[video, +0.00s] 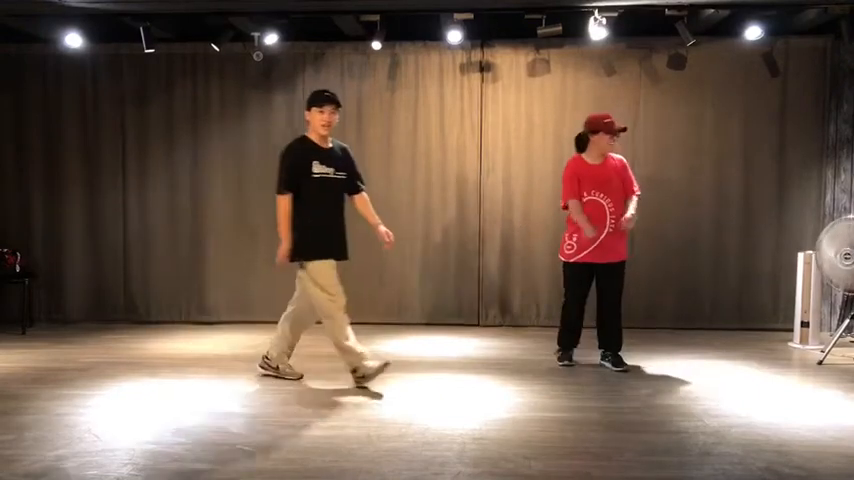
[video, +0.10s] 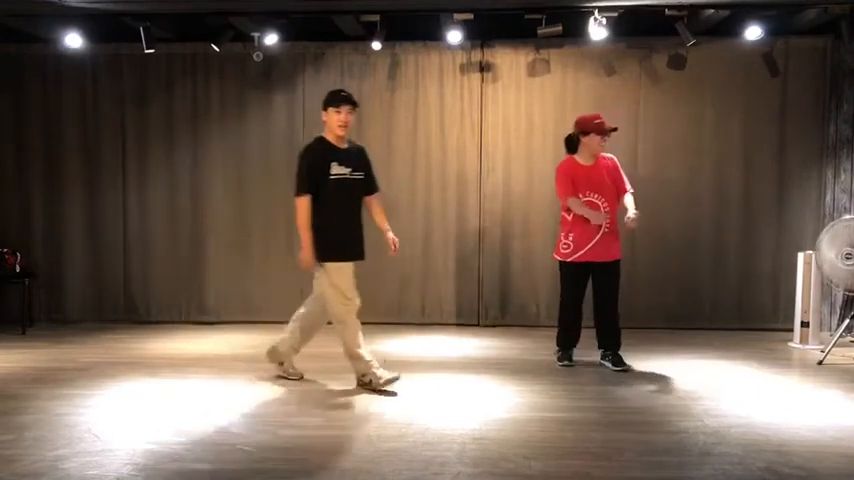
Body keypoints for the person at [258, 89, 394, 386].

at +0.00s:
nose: (328, 118)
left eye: (333, 112)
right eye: (321, 112)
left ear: (337, 116)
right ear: (308, 115)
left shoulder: (341, 153)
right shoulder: (295, 151)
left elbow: (357, 193)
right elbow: (284, 196)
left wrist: (377, 225)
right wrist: (285, 240)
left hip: (331, 243)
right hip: (308, 243)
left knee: (303, 307)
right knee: (333, 304)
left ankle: (274, 358)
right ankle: (359, 365)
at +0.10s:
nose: (344, 119)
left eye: (349, 113)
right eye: (337, 112)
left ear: (354, 118)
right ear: (325, 115)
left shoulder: (357, 154)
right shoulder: (312, 154)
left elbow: (371, 197)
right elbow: (303, 201)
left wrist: (387, 229)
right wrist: (306, 246)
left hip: (350, 244)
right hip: (327, 245)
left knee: (320, 304)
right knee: (347, 307)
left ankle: (282, 351)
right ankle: (366, 372)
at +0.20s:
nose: (363, 115)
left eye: (369, 110)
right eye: (357, 109)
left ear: (374, 115)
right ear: (344, 112)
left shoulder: (375, 150)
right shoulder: (330, 151)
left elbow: (385, 196)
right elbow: (324, 201)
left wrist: (392, 235)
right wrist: (330, 246)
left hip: (371, 243)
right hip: (345, 244)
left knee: (366, 301)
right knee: (355, 306)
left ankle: (307, 341)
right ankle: (366, 372)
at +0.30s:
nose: (383, 114)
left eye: (388, 109)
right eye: (377, 107)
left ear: (392, 113)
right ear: (363, 108)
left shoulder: (389, 148)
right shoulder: (348, 145)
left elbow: (397, 195)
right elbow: (347, 195)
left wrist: (401, 234)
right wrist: (357, 241)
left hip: (385, 240)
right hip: (358, 242)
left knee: (401, 294)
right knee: (366, 308)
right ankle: (368, 369)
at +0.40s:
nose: (402, 111)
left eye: (407, 106)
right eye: (396, 104)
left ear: (410, 111)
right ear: (381, 105)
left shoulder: (406, 148)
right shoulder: (366, 142)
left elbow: (411, 194)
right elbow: (367, 191)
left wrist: (413, 233)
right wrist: (386, 235)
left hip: (403, 239)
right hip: (372, 242)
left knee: (424, 292)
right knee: (372, 309)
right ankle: (369, 372)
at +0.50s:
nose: (420, 111)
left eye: (425, 107)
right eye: (414, 104)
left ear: (429, 112)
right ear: (400, 105)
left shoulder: (423, 150)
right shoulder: (385, 142)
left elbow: (422, 198)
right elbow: (386, 190)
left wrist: (424, 237)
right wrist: (416, 232)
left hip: (418, 244)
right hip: (387, 244)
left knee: (438, 304)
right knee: (380, 311)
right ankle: (371, 372)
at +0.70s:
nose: (464, 111)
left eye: (469, 107)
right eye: (458, 104)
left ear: (472, 112)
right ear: (443, 105)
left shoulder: (464, 152)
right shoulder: (428, 142)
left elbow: (463, 201)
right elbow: (429, 192)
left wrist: (465, 241)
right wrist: (450, 235)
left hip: (461, 246)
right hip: (429, 246)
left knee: (470, 315)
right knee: (409, 314)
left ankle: (485, 379)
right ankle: (380, 366)